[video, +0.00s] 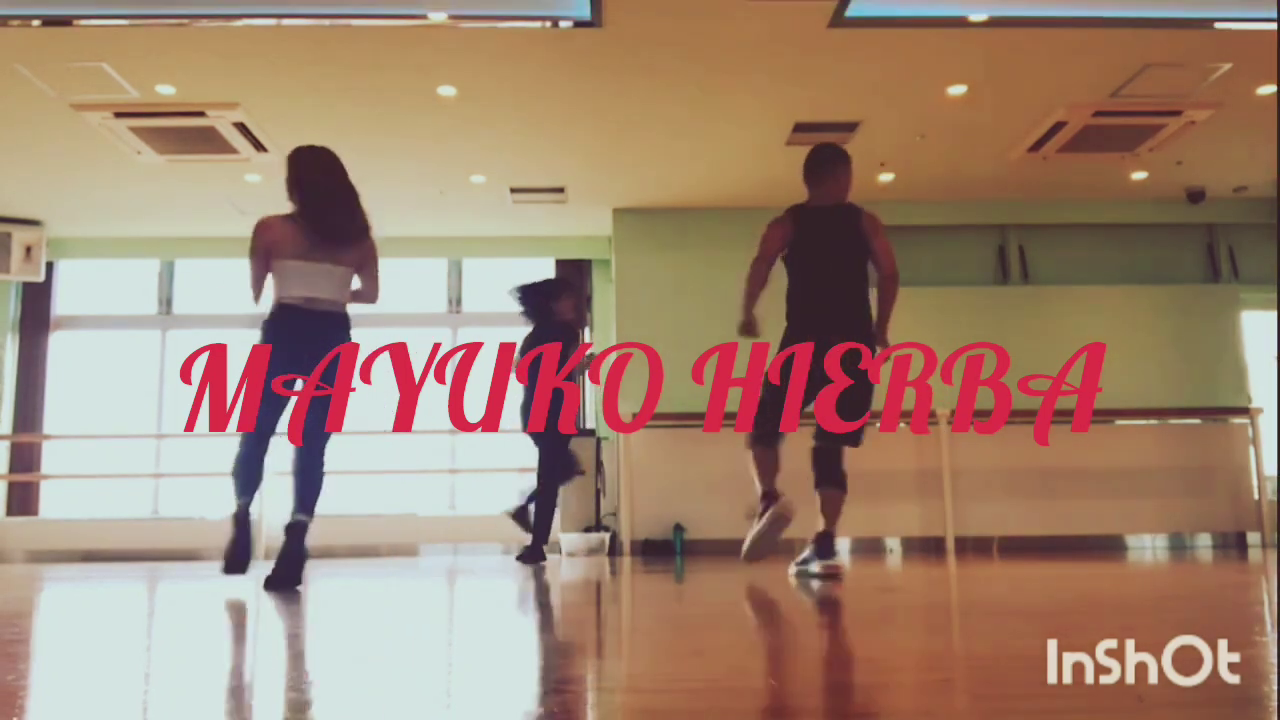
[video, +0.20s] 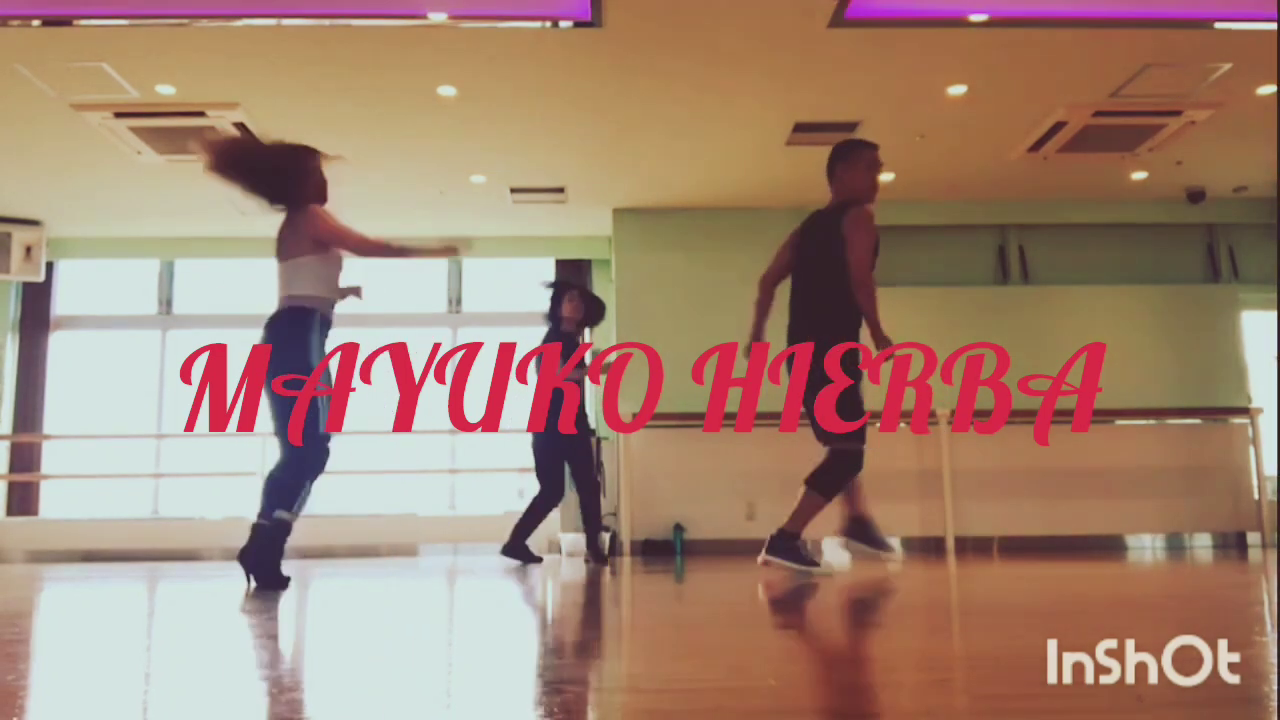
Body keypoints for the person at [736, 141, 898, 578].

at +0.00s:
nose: (849, 183)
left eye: (845, 174)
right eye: (848, 175)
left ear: (806, 178)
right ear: (845, 177)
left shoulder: (790, 221)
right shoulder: (866, 221)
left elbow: (762, 263)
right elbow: (889, 274)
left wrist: (747, 312)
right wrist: (882, 327)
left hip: (803, 344)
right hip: (852, 347)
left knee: (763, 428)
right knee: (830, 445)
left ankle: (769, 499)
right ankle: (826, 544)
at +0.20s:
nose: (879, 178)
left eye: (879, 170)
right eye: (872, 169)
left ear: (838, 177)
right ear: (844, 173)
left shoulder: (810, 225)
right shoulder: (858, 216)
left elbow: (768, 281)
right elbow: (859, 275)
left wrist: (757, 334)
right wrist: (878, 333)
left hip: (803, 351)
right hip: (835, 351)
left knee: (845, 442)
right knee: (848, 449)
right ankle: (787, 537)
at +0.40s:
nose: (866, 168)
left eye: (870, 160)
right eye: (857, 160)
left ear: (876, 166)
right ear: (837, 165)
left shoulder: (867, 224)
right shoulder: (817, 217)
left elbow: (860, 285)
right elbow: (793, 277)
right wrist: (840, 315)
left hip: (863, 348)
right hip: (825, 348)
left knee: (887, 442)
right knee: (828, 445)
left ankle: (880, 533)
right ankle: (826, 539)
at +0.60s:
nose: (848, 165)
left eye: (854, 156)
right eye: (838, 158)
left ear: (865, 161)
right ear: (824, 164)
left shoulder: (883, 219)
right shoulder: (805, 220)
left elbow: (912, 275)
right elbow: (782, 277)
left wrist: (945, 323)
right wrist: (796, 308)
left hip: (877, 340)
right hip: (826, 343)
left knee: (905, 440)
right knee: (823, 446)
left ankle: (903, 531)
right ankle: (829, 540)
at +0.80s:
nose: (849, 182)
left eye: (856, 173)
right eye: (840, 175)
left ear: (870, 181)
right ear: (827, 186)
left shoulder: (894, 239)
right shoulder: (816, 244)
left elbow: (919, 301)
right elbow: (803, 311)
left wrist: (915, 327)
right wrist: (820, 322)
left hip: (886, 361)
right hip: (835, 363)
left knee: (894, 457)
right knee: (822, 461)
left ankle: (904, 543)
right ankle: (838, 544)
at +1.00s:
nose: (856, 143)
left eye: (863, 134)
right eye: (847, 136)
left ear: (876, 141)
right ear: (834, 145)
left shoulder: (898, 192)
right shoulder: (819, 197)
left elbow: (957, 174)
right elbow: (763, 182)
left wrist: (926, 146)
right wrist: (789, 168)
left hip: (889, 324)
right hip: (836, 327)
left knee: (913, 424)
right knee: (816, 428)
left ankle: (927, 525)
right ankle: (818, 526)